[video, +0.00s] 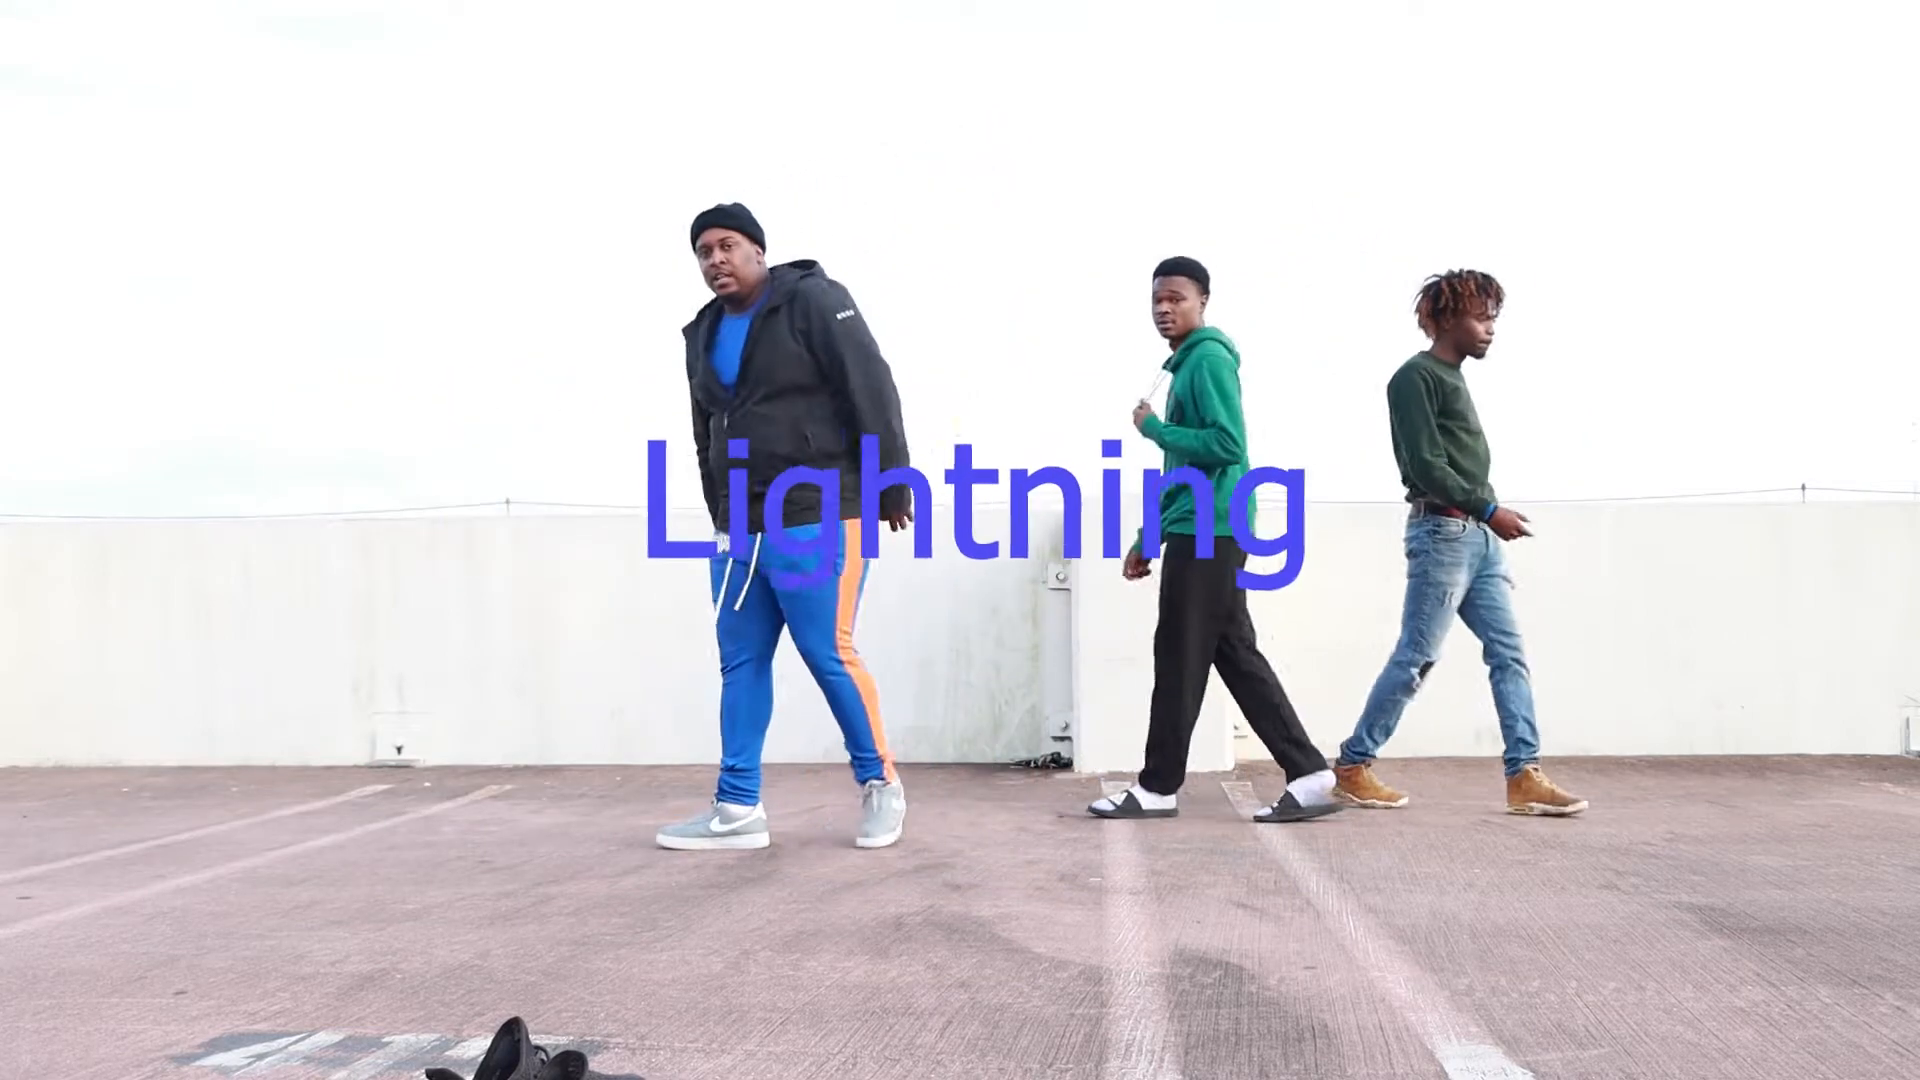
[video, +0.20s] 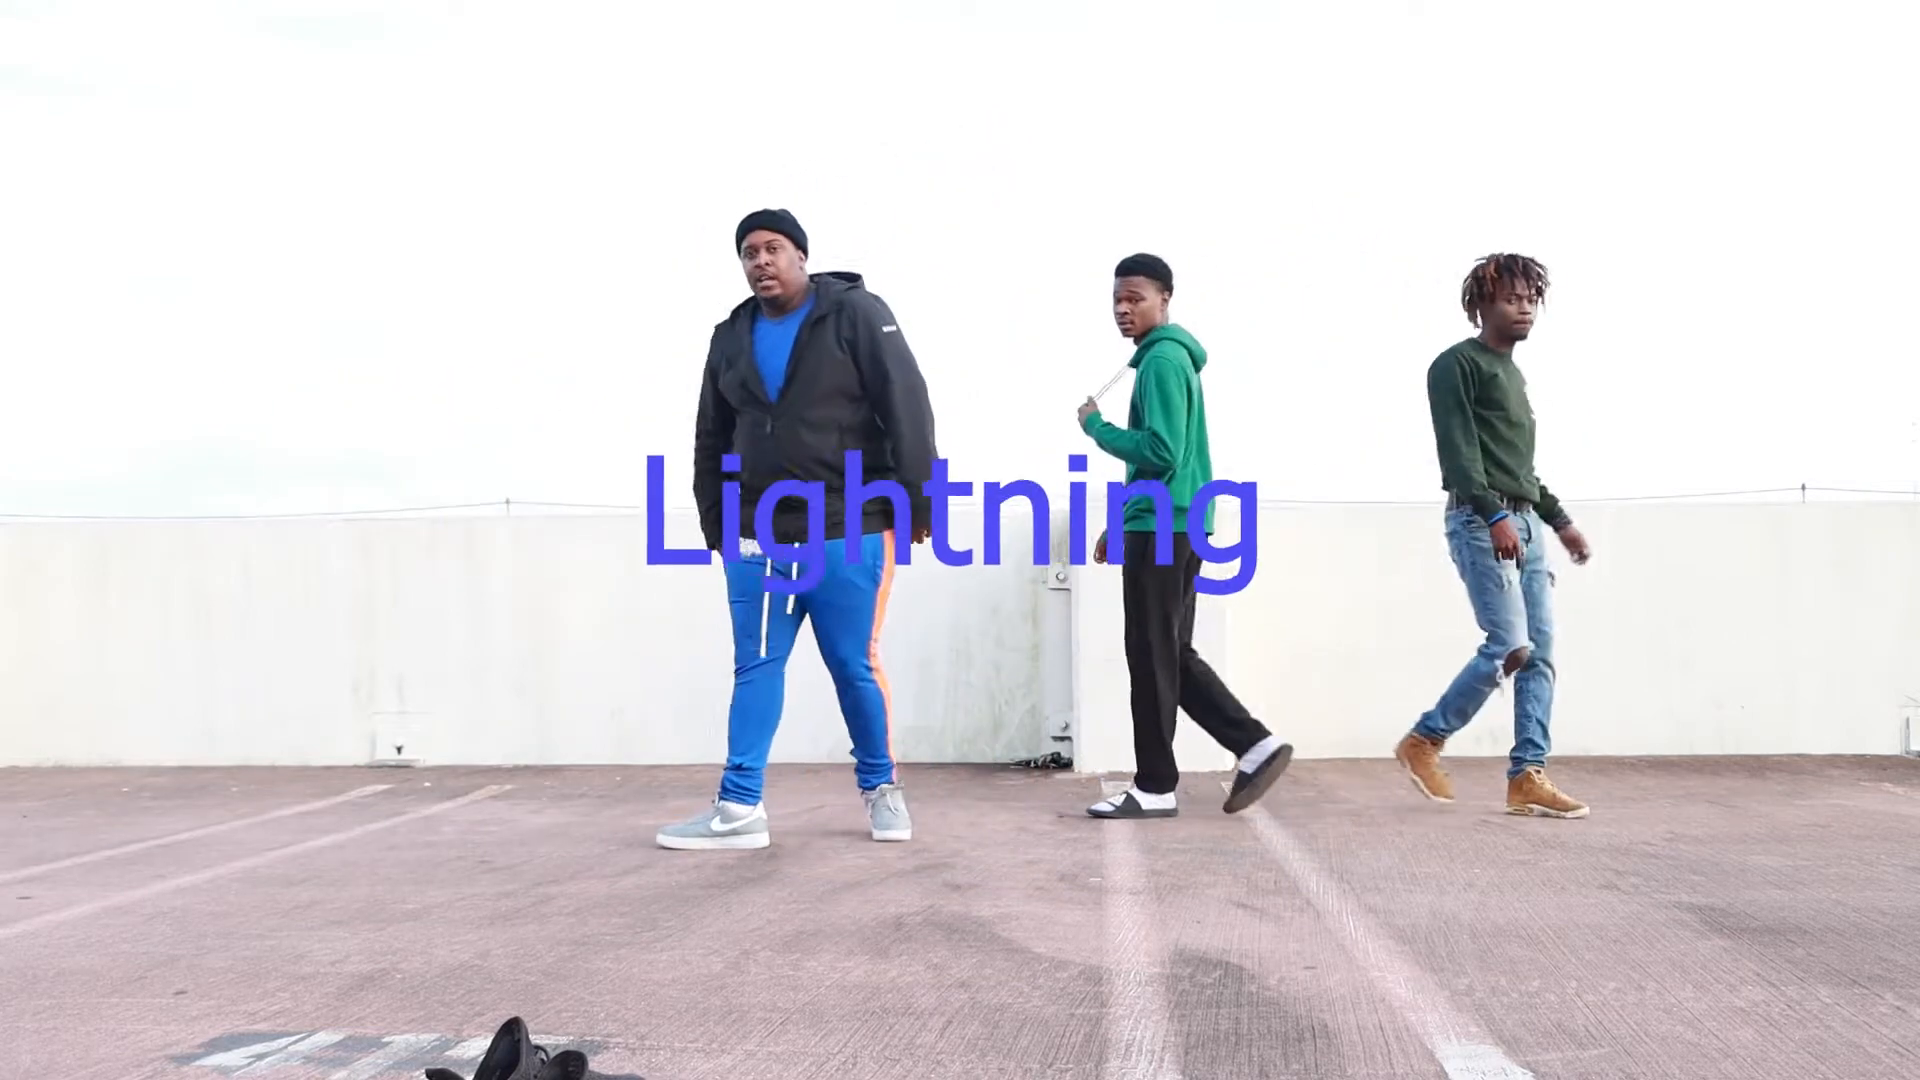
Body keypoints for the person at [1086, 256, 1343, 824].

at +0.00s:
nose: (1165, 309)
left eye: (1177, 298)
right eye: (1158, 300)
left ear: (1203, 305)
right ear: (1153, 308)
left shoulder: (1208, 357)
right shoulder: (1187, 365)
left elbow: (1227, 446)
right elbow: (1178, 472)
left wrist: (1158, 429)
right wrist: (1149, 539)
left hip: (1204, 532)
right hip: (1197, 532)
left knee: (1179, 657)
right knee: (1237, 656)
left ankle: (1157, 788)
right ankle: (1311, 776)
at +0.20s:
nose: (1123, 308)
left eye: (1135, 298)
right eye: (1118, 300)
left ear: (1164, 301)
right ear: (1117, 306)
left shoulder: (1162, 361)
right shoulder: (1165, 359)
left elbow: (1161, 454)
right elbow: (1161, 464)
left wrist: (1097, 427)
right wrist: (1122, 527)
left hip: (1161, 528)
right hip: (1174, 526)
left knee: (1150, 653)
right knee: (1169, 651)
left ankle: (1155, 787)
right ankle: (1255, 747)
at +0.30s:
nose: (1109, 308)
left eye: (1120, 297)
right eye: (1104, 299)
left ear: (1150, 300)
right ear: (1106, 303)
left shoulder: (1147, 358)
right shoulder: (1151, 355)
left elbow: (1145, 450)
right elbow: (1157, 451)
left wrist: (1079, 428)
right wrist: (1123, 523)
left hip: (1146, 526)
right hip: (1148, 525)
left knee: (1141, 650)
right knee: (1133, 645)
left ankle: (1154, 785)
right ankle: (1206, 755)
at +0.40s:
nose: (1095, 308)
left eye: (1107, 297)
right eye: (1091, 299)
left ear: (1137, 299)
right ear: (1094, 304)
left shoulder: (1135, 357)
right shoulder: (1138, 354)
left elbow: (1135, 447)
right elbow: (1141, 447)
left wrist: (1069, 431)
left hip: (1136, 524)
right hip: (1136, 521)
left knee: (1130, 644)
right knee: (1101, 640)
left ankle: (1155, 785)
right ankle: (1146, 772)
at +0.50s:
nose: (1083, 309)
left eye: (1094, 298)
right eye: (1079, 300)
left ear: (1125, 299)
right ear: (1081, 305)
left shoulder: (1127, 355)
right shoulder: (1117, 356)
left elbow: (1133, 443)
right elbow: (1127, 445)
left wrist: (1062, 433)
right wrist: (1094, 501)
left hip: (1128, 523)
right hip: (1110, 522)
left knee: (1127, 648)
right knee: (1084, 641)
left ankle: (1156, 785)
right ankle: (1092, 775)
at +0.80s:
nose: (1048, 315)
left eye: (1059, 305)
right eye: (1041, 306)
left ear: (1082, 309)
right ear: (1034, 313)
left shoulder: (1098, 359)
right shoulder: (1057, 369)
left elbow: (1131, 438)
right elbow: (1068, 458)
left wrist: (1050, 440)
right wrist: (1047, 514)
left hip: (1097, 526)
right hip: (1059, 527)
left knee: (1110, 654)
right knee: (1033, 652)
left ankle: (1153, 785)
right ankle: (1015, 780)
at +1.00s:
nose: (1013, 316)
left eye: (1023, 306)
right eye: (1005, 308)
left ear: (1044, 310)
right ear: (996, 316)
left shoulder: (1070, 361)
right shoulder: (998, 387)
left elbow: (1112, 434)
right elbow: (987, 474)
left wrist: (1044, 438)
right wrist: (964, 541)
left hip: (1075, 528)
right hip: (1022, 534)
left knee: (1098, 651)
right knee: (1015, 657)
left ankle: (1148, 781)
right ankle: (1014, 782)